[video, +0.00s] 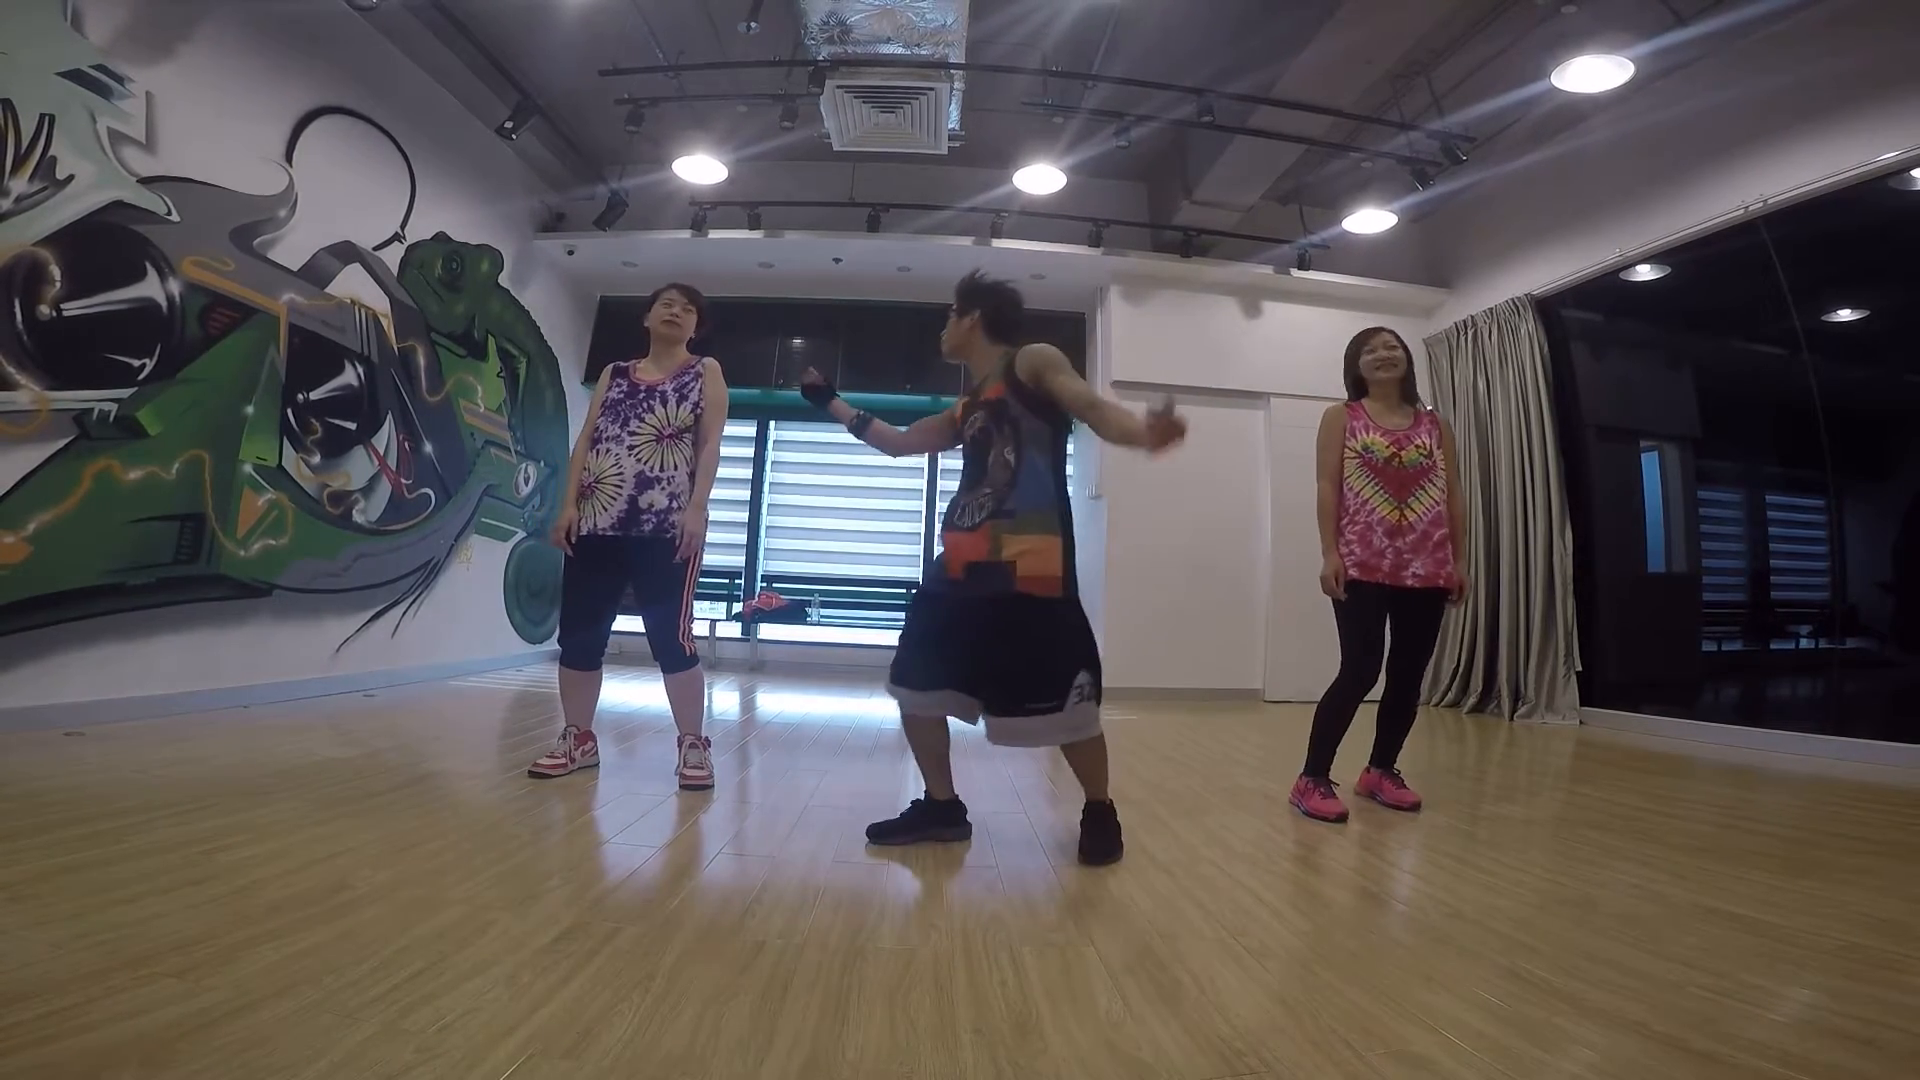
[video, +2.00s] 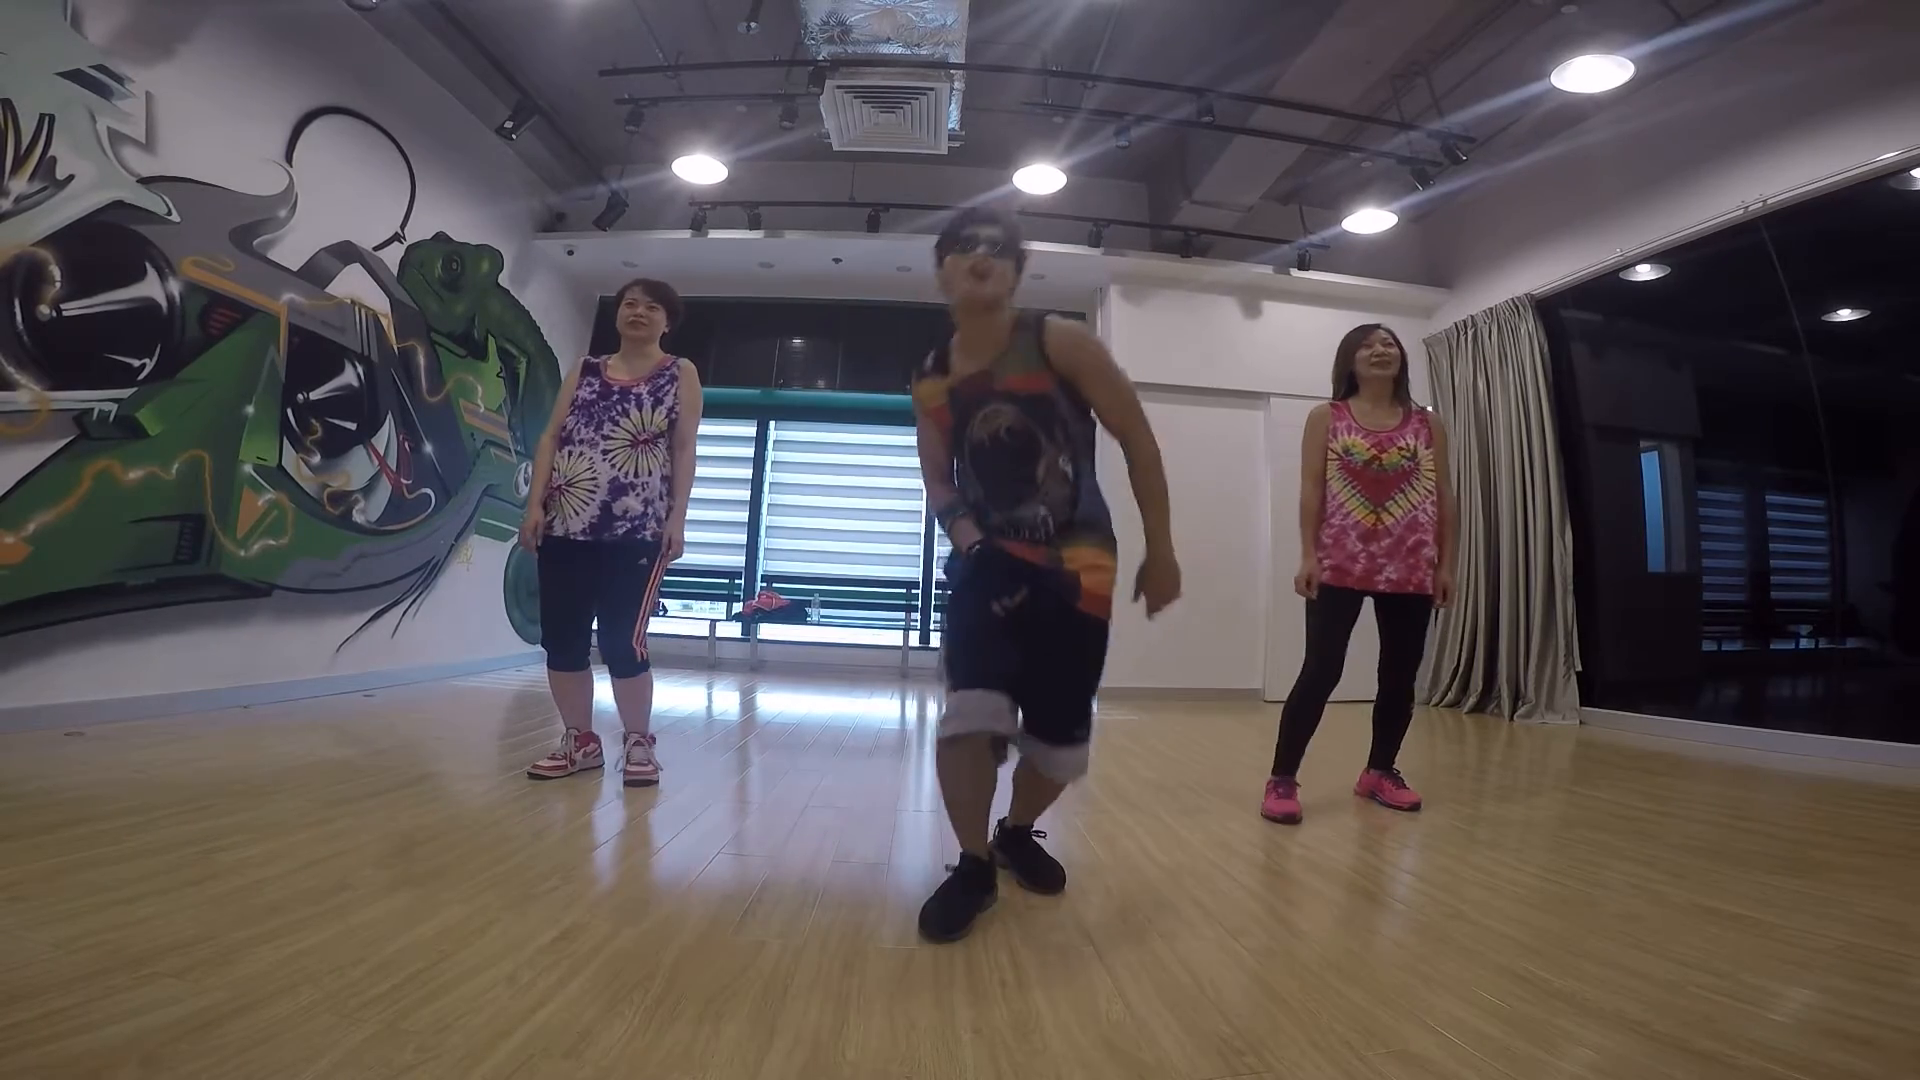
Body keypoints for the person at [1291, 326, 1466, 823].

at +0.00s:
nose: (1384, 354)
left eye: (1392, 346)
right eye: (1370, 350)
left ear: (1408, 360)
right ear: (1356, 368)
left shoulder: (1435, 424)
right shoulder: (1341, 417)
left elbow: (1452, 495)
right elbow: (1328, 486)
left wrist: (1458, 561)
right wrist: (1330, 554)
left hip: (1425, 570)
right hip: (1362, 568)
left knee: (1406, 679)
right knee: (1360, 672)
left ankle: (1381, 772)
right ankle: (1313, 780)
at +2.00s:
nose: (1380, 349)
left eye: (1389, 344)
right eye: (1368, 345)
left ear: (1403, 361)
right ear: (1349, 362)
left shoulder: (1427, 423)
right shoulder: (1327, 417)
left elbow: (1442, 495)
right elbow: (1312, 488)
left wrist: (1444, 564)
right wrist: (1309, 555)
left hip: (1408, 567)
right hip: (1340, 564)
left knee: (1399, 675)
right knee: (1321, 671)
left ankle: (1379, 772)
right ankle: (1283, 780)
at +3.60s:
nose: (1325, 363)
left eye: (1333, 357)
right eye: (1312, 360)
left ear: (1345, 374)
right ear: (1296, 380)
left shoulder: (1376, 429)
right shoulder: (1284, 437)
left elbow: (1394, 497)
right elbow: (1272, 508)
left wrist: (1400, 562)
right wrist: (1259, 576)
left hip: (1359, 576)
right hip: (1295, 575)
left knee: (1372, 670)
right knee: (1315, 668)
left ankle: (1336, 749)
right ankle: (1300, 766)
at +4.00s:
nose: (1345, 365)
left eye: (1351, 360)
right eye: (1333, 361)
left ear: (1361, 375)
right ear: (1314, 376)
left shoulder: (1368, 434)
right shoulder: (1292, 417)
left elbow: (1370, 502)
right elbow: (1271, 472)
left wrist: (1385, 561)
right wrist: (1270, 509)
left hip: (1350, 565)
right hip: (1296, 559)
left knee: (1333, 665)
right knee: (1310, 658)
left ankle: (1308, 752)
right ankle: (1295, 762)